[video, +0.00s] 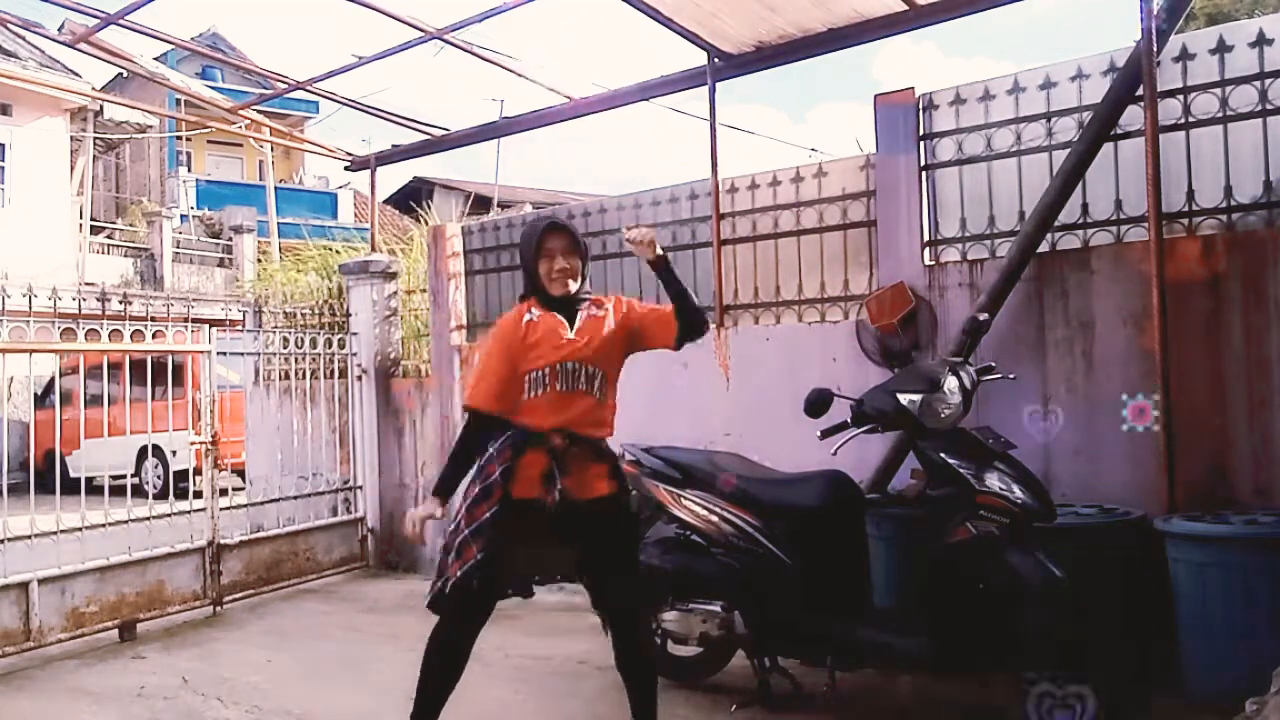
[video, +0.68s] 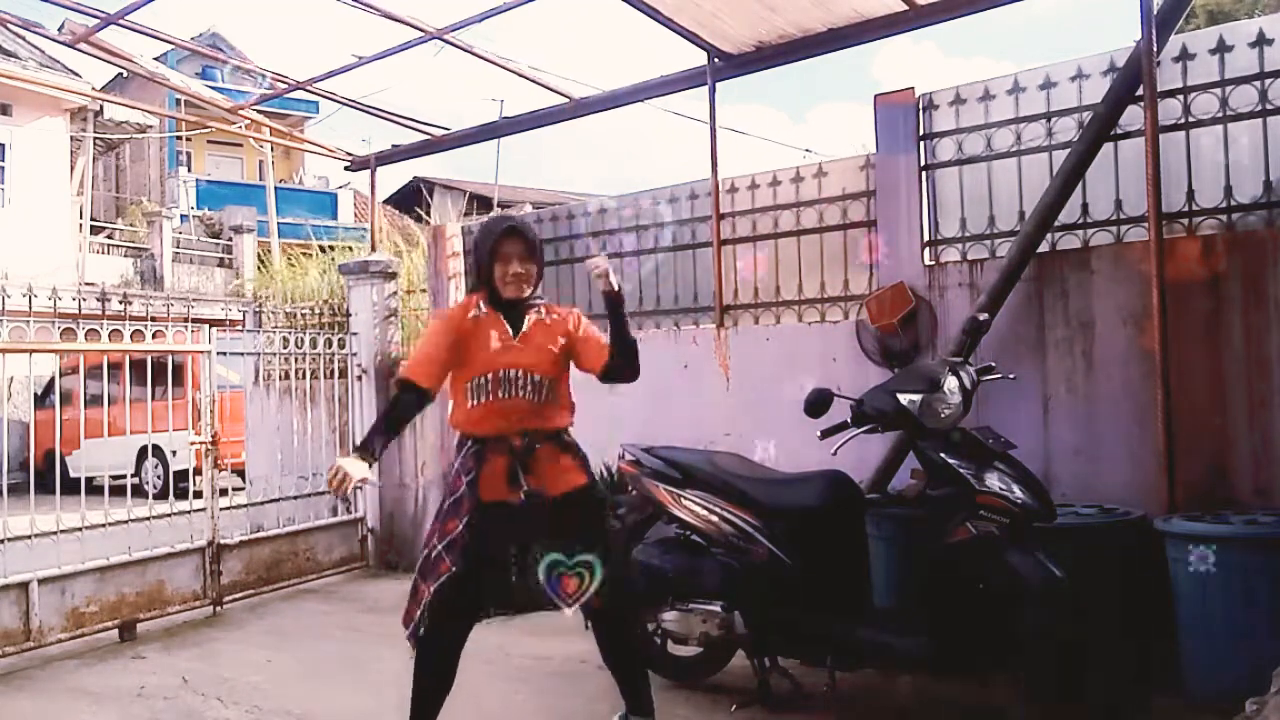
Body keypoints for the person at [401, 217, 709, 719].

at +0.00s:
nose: (560, 264)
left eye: (569, 254)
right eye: (547, 256)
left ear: (582, 260)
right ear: (532, 265)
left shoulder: (615, 315)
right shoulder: (514, 326)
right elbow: (483, 418)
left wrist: (658, 263)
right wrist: (439, 494)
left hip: (593, 489)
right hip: (516, 491)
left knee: (629, 618)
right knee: (461, 616)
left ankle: (645, 714)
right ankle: (422, 714)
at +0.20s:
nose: (547, 292)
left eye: (554, 281)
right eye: (534, 285)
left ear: (568, 287)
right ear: (518, 296)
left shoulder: (601, 329)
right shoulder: (503, 367)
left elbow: (667, 313)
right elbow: (483, 453)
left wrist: (710, 315)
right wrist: (429, 426)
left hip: (590, 519)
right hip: (522, 522)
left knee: (629, 635)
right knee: (457, 627)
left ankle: (643, 717)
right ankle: (428, 716)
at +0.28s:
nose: (531, 272)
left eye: (541, 262)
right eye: (520, 263)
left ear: (555, 267)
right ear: (505, 272)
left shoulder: (588, 316)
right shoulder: (486, 335)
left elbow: (661, 339)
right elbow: (450, 415)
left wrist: (729, 375)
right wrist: (415, 358)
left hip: (571, 477)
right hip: (497, 478)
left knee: (616, 610)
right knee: (456, 609)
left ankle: (644, 714)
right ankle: (420, 717)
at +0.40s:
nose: (511, 270)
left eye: (521, 260)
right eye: (499, 260)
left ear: (535, 267)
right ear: (481, 266)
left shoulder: (552, 328)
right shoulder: (453, 311)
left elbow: (594, 409)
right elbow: (388, 363)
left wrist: (638, 477)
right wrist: (420, 305)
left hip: (563, 486)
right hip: (484, 492)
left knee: (610, 609)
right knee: (439, 624)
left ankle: (638, 712)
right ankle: (420, 716)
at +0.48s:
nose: (507, 291)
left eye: (516, 281)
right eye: (495, 281)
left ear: (528, 290)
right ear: (476, 287)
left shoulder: (542, 359)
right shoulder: (449, 321)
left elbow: (566, 442)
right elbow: (372, 354)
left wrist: (600, 496)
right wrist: (401, 338)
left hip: (547, 489)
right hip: (477, 492)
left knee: (610, 607)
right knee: (445, 629)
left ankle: (640, 713)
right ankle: (425, 718)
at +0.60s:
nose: (510, 286)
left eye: (519, 276)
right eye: (498, 276)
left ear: (531, 284)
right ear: (477, 283)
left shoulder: (544, 345)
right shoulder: (449, 326)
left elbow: (593, 413)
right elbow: (391, 373)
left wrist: (601, 345)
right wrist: (354, 424)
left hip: (550, 474)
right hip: (478, 481)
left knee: (605, 601)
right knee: (446, 620)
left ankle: (636, 712)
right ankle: (422, 714)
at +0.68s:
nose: (516, 269)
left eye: (525, 258)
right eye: (504, 260)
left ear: (539, 265)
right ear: (484, 267)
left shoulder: (561, 321)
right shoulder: (458, 322)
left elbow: (624, 368)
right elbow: (413, 392)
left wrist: (613, 299)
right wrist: (364, 454)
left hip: (561, 477)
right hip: (485, 482)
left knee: (608, 595)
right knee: (448, 611)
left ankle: (640, 711)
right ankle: (421, 716)